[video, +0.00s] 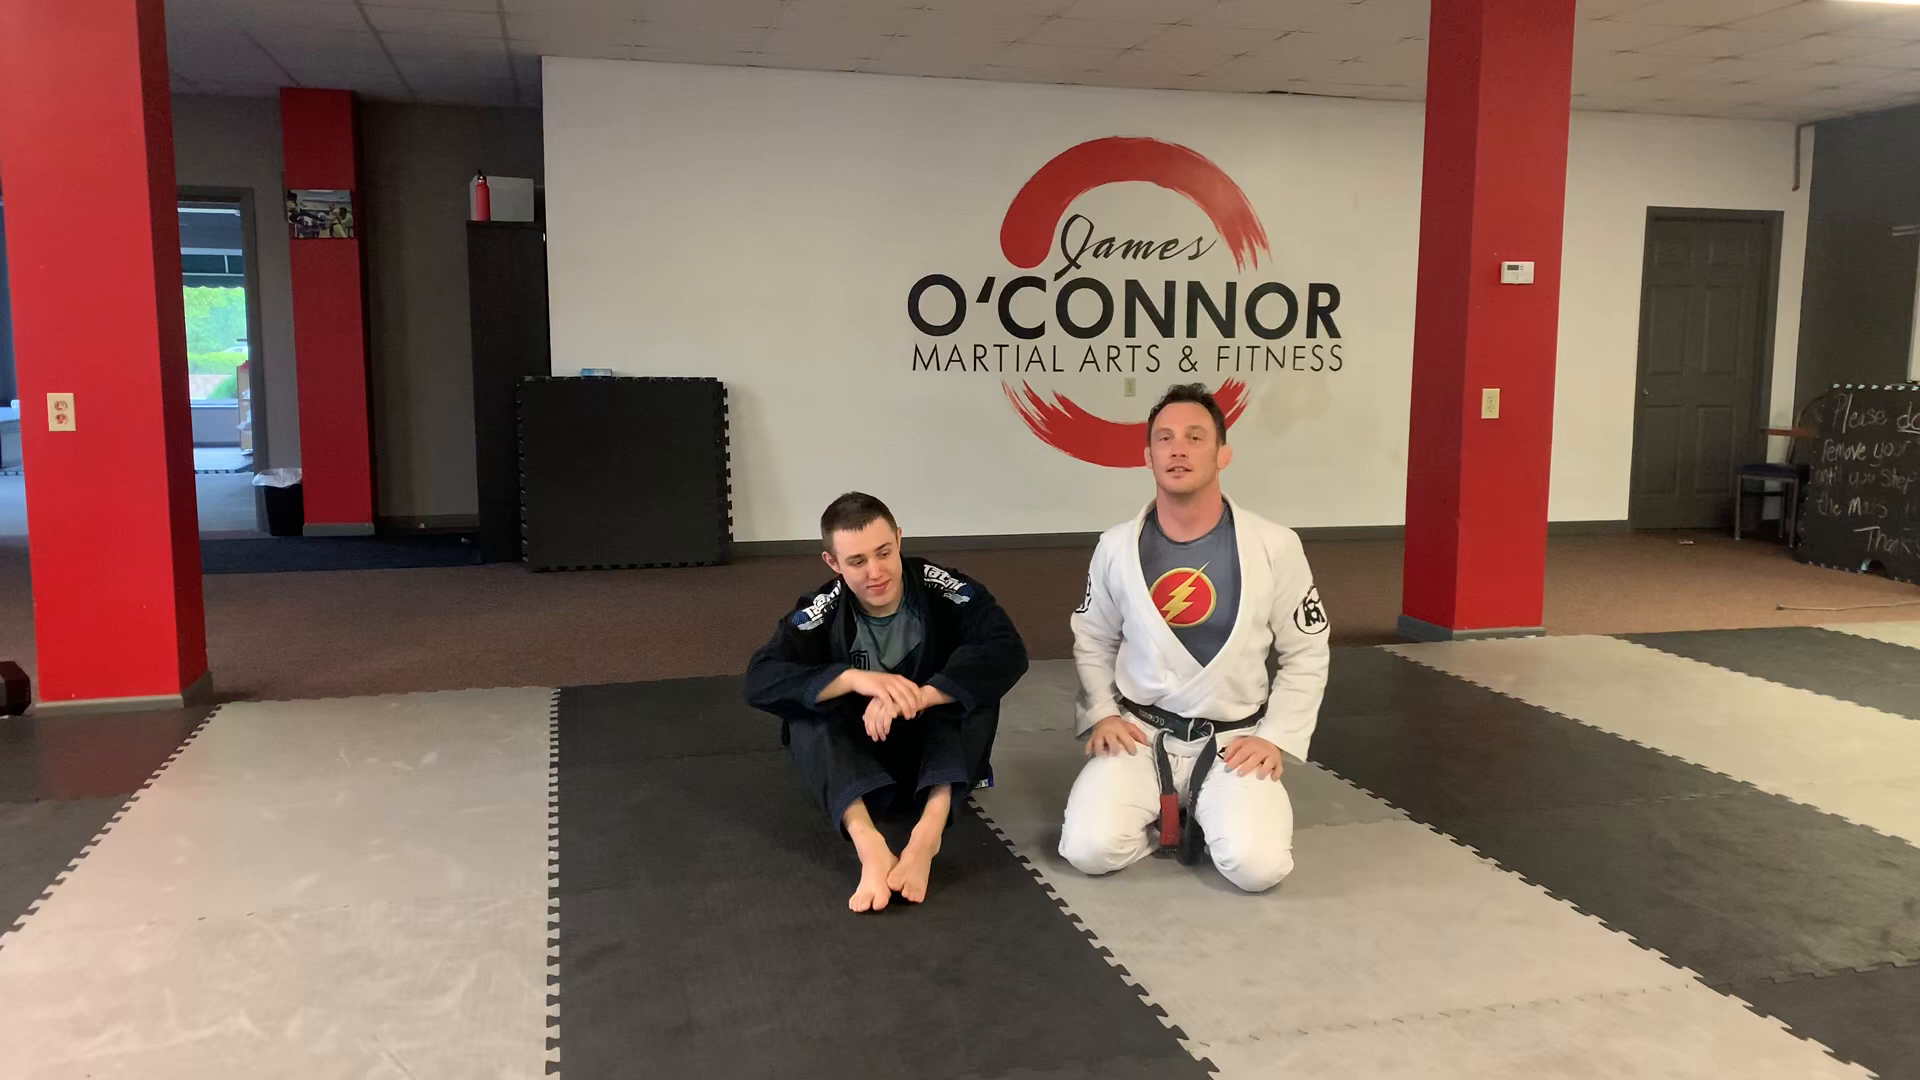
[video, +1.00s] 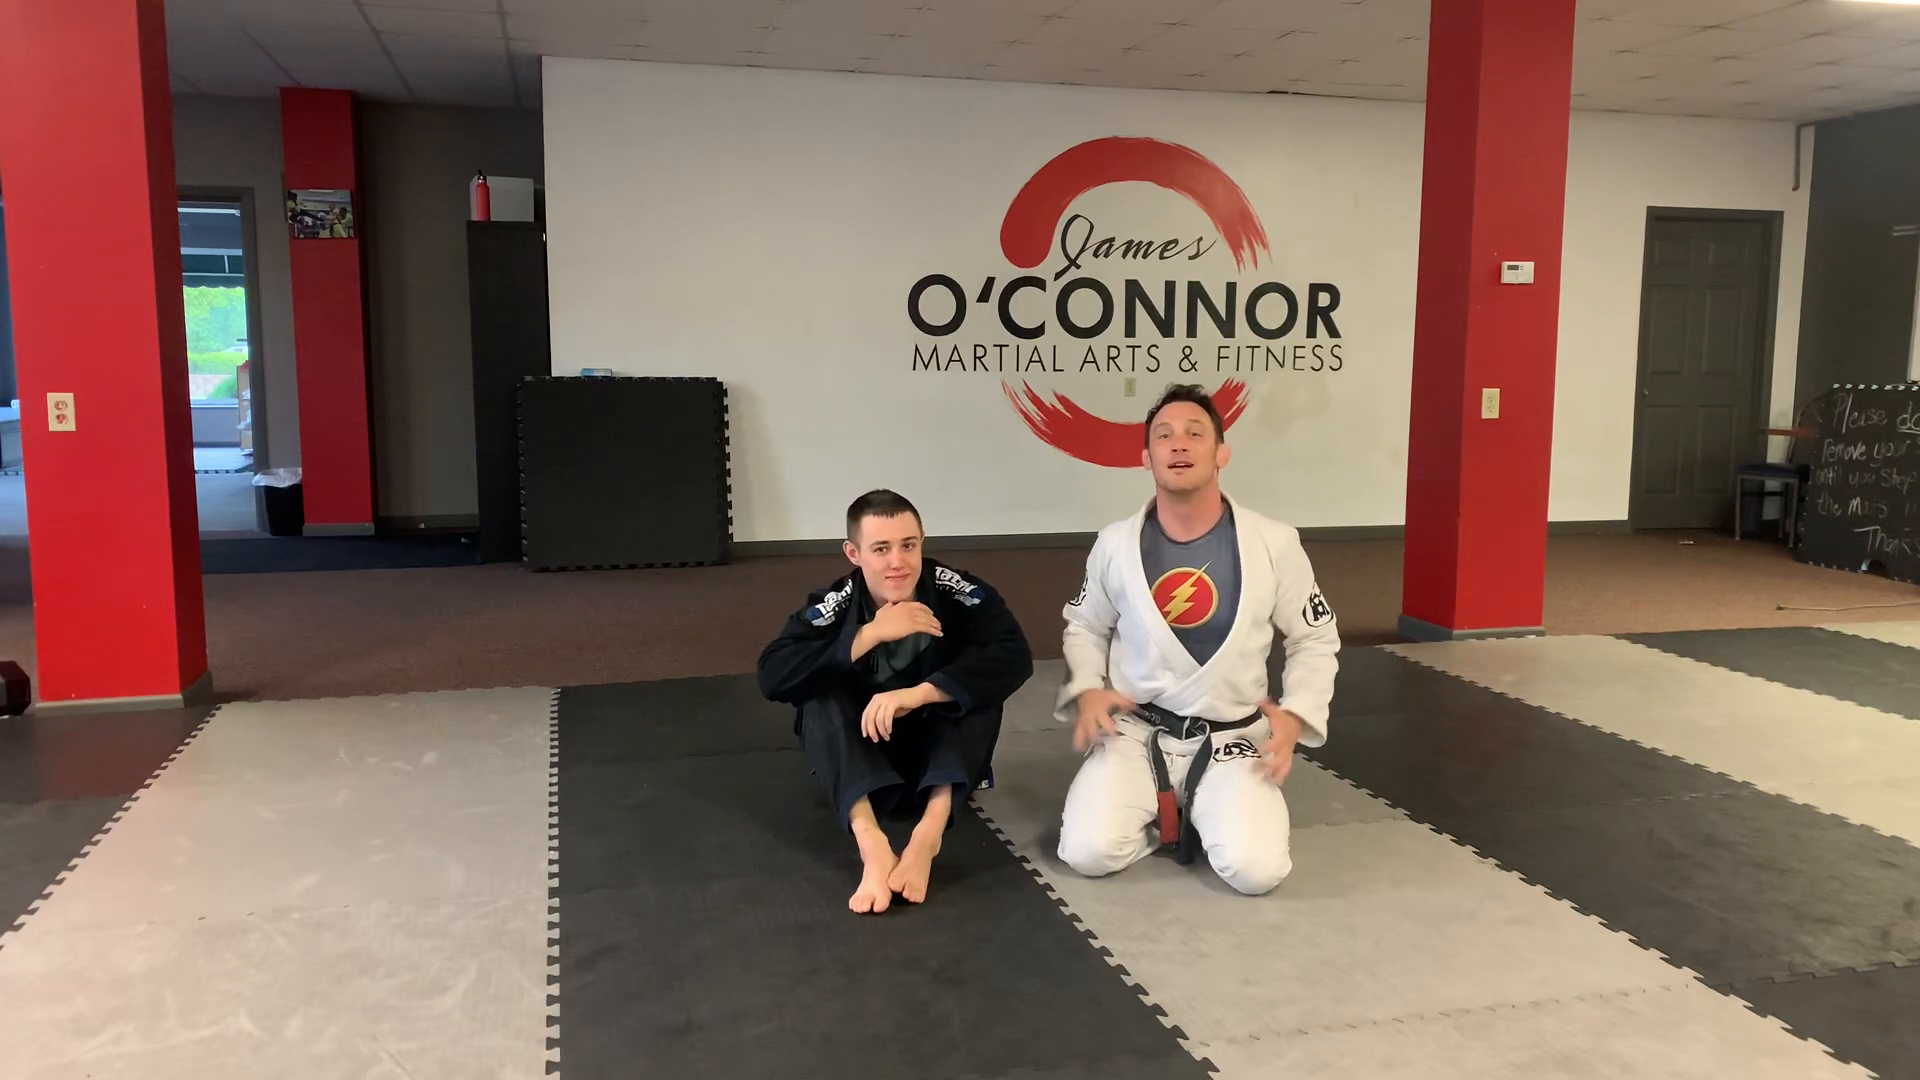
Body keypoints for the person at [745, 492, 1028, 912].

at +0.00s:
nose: (876, 572)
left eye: (884, 553)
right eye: (857, 561)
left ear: (898, 539)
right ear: (833, 563)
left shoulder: (941, 587)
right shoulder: (821, 611)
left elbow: (1005, 651)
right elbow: (761, 680)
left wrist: (916, 696)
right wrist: (853, 678)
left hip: (935, 752)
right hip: (855, 757)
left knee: (973, 687)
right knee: (807, 714)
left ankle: (929, 832)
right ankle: (869, 844)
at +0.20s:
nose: (887, 567)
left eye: (896, 549)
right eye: (869, 556)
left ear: (908, 541)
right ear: (842, 560)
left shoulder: (948, 590)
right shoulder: (823, 610)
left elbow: (1008, 655)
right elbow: (762, 685)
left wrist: (918, 694)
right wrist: (856, 640)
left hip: (935, 755)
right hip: (855, 760)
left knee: (975, 681)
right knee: (813, 699)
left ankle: (929, 832)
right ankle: (869, 843)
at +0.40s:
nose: (894, 565)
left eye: (902, 547)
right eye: (876, 554)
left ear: (915, 542)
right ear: (849, 558)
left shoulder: (952, 589)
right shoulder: (830, 606)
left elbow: (1009, 654)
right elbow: (771, 678)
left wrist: (918, 695)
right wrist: (868, 633)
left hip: (938, 756)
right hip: (857, 761)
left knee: (978, 681)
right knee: (822, 689)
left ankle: (929, 833)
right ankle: (870, 843)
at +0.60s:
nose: (899, 563)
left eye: (908, 547)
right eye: (881, 552)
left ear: (920, 542)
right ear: (854, 556)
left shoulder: (958, 591)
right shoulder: (834, 605)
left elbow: (1013, 657)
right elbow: (774, 676)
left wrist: (921, 694)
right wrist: (872, 633)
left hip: (941, 756)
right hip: (859, 760)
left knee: (979, 686)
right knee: (824, 692)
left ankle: (929, 833)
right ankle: (872, 845)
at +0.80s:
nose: (896, 563)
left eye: (907, 548)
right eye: (879, 551)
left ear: (921, 544)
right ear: (854, 554)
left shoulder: (960, 592)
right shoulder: (834, 605)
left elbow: (1014, 657)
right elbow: (775, 674)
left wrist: (922, 694)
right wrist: (874, 634)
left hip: (940, 757)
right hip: (860, 761)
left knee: (979, 688)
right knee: (823, 692)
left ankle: (929, 833)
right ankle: (872, 844)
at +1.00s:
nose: (898, 561)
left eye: (908, 545)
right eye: (881, 549)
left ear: (921, 543)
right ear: (854, 554)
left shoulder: (960, 593)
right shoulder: (832, 606)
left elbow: (1011, 656)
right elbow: (774, 676)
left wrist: (920, 694)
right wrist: (872, 632)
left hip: (940, 756)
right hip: (859, 760)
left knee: (979, 687)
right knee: (823, 692)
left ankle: (929, 835)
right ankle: (872, 845)